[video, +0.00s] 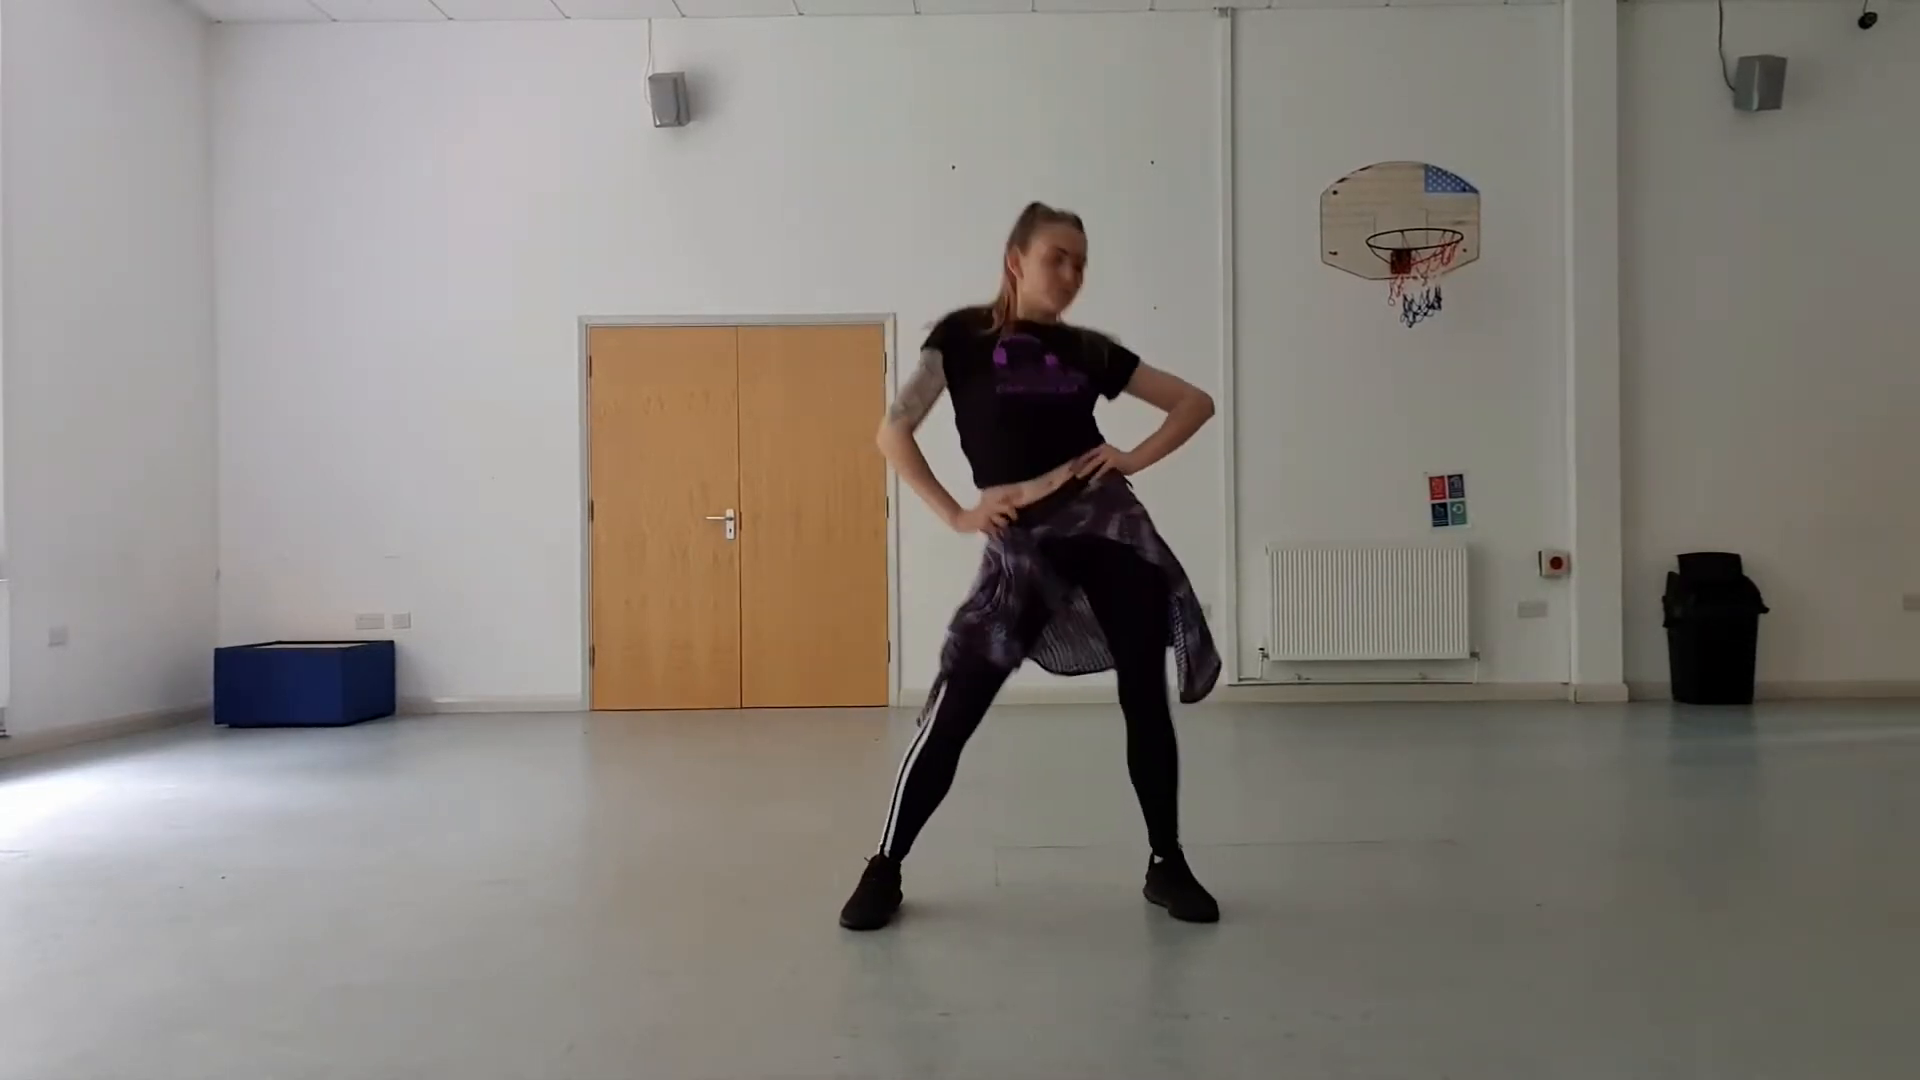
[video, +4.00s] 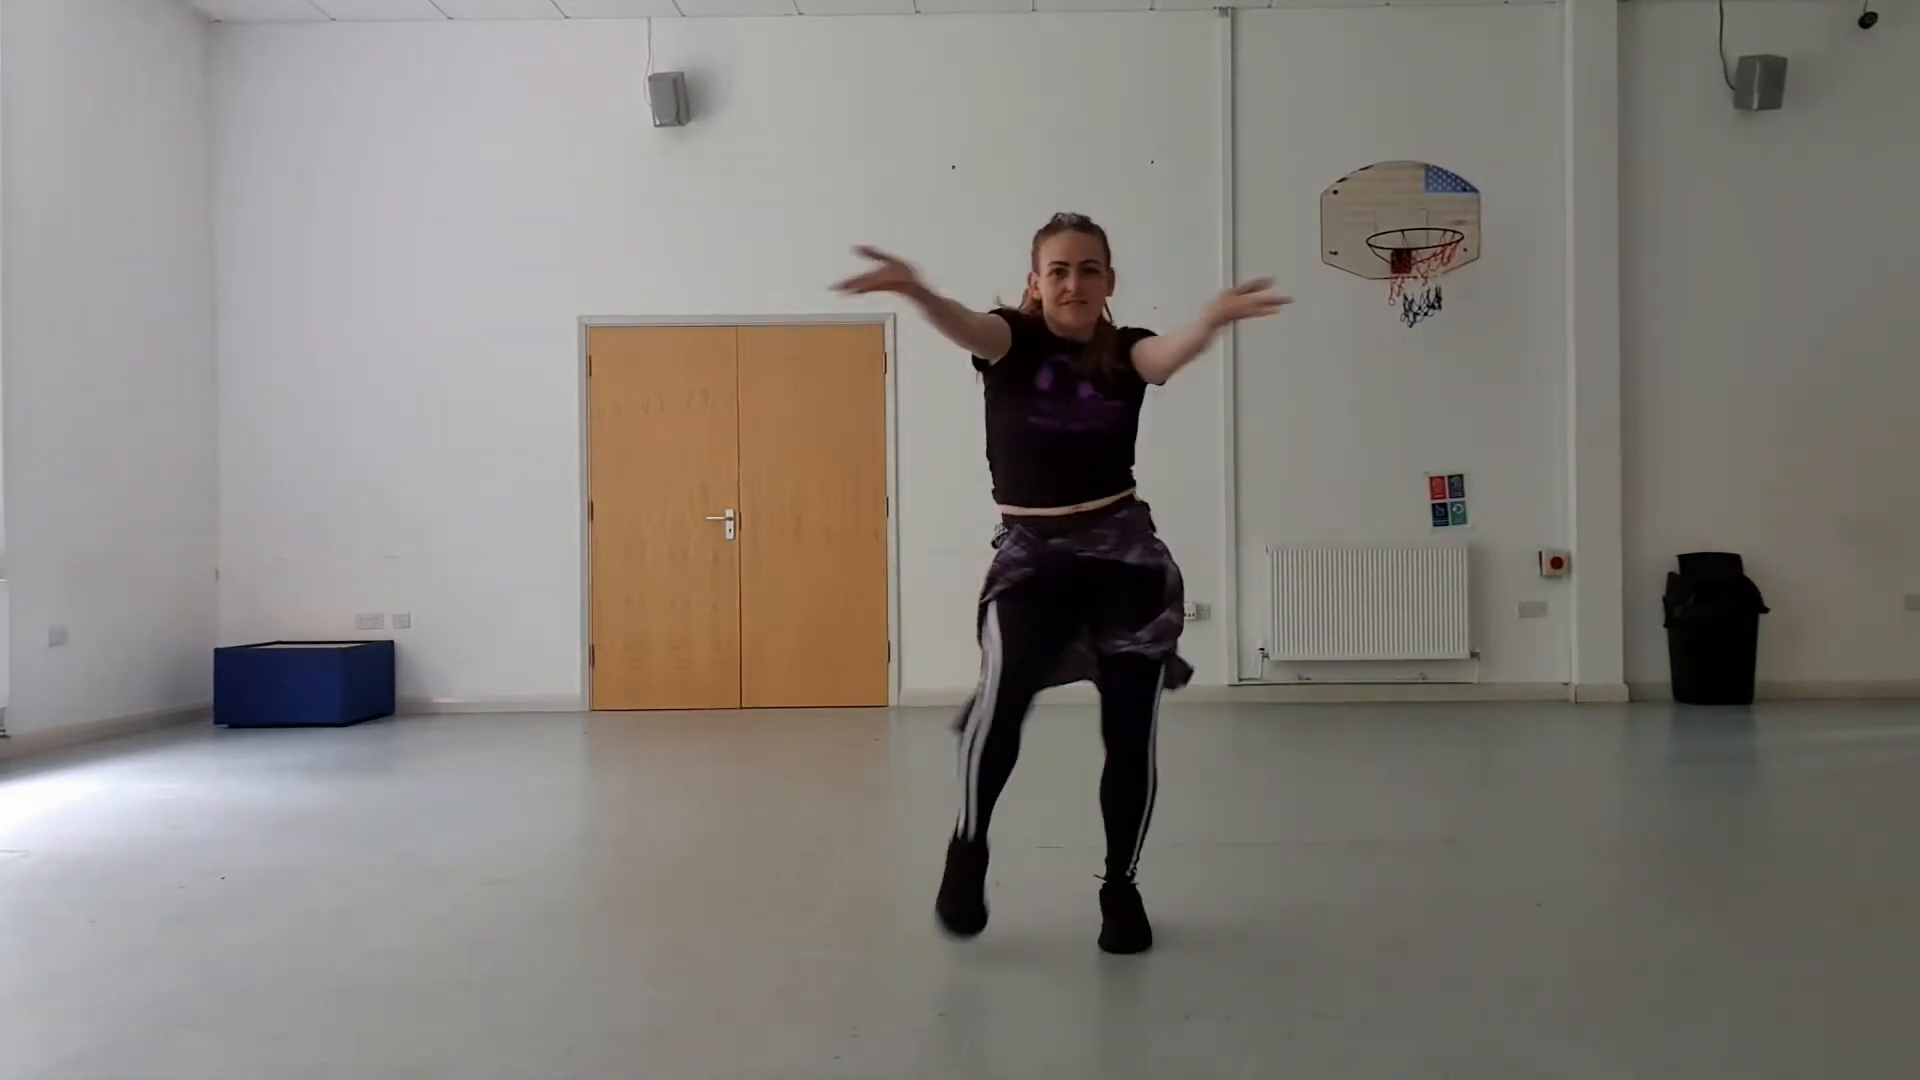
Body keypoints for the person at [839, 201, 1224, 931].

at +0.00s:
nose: (1071, 275)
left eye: (1079, 265)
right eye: (1059, 259)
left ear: (1082, 275)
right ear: (1015, 260)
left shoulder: (1084, 350)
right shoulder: (961, 338)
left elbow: (1194, 404)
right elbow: (894, 431)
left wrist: (1135, 459)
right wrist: (955, 516)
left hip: (1108, 534)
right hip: (1022, 545)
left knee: (1145, 696)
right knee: (955, 708)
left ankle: (1167, 862)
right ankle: (883, 867)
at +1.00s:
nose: (1062, 248)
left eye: (1077, 236)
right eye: (1049, 235)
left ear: (1096, 246)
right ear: (1026, 241)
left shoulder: (1119, 323)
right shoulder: (989, 322)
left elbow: (1204, 394)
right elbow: (919, 411)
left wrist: (1161, 446)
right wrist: (975, 486)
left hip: (1120, 520)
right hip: (1033, 523)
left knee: (1149, 692)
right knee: (969, 689)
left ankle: (1166, 861)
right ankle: (915, 855)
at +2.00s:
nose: (1087, 259)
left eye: (1105, 245)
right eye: (1077, 247)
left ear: (1146, 254)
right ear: (1073, 259)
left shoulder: (1155, 313)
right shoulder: (1114, 341)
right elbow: (1128, 476)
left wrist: (1030, 296)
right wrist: (1029, 530)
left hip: (1179, 532)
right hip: (1122, 533)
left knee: (1186, 734)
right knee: (986, 664)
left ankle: (1260, 893)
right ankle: (1015, 837)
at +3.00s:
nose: (1084, 223)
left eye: (1098, 207)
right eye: (1062, 207)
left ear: (1114, 215)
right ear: (1030, 217)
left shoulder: (1077, 307)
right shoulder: (1009, 291)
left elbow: (1061, 442)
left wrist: (1107, 525)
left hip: (1071, 538)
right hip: (1005, 539)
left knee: (1225, 669)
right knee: (1026, 765)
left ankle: (1177, 874)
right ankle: (921, 933)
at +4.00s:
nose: (1074, 283)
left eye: (1089, 270)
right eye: (1059, 270)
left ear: (1109, 281)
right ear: (1034, 282)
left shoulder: (1126, 350)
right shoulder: (1008, 340)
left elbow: (1164, 358)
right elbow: (964, 326)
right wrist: (917, 291)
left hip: (1122, 552)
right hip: (1031, 554)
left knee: (1130, 731)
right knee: (1001, 694)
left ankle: (1121, 883)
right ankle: (968, 848)